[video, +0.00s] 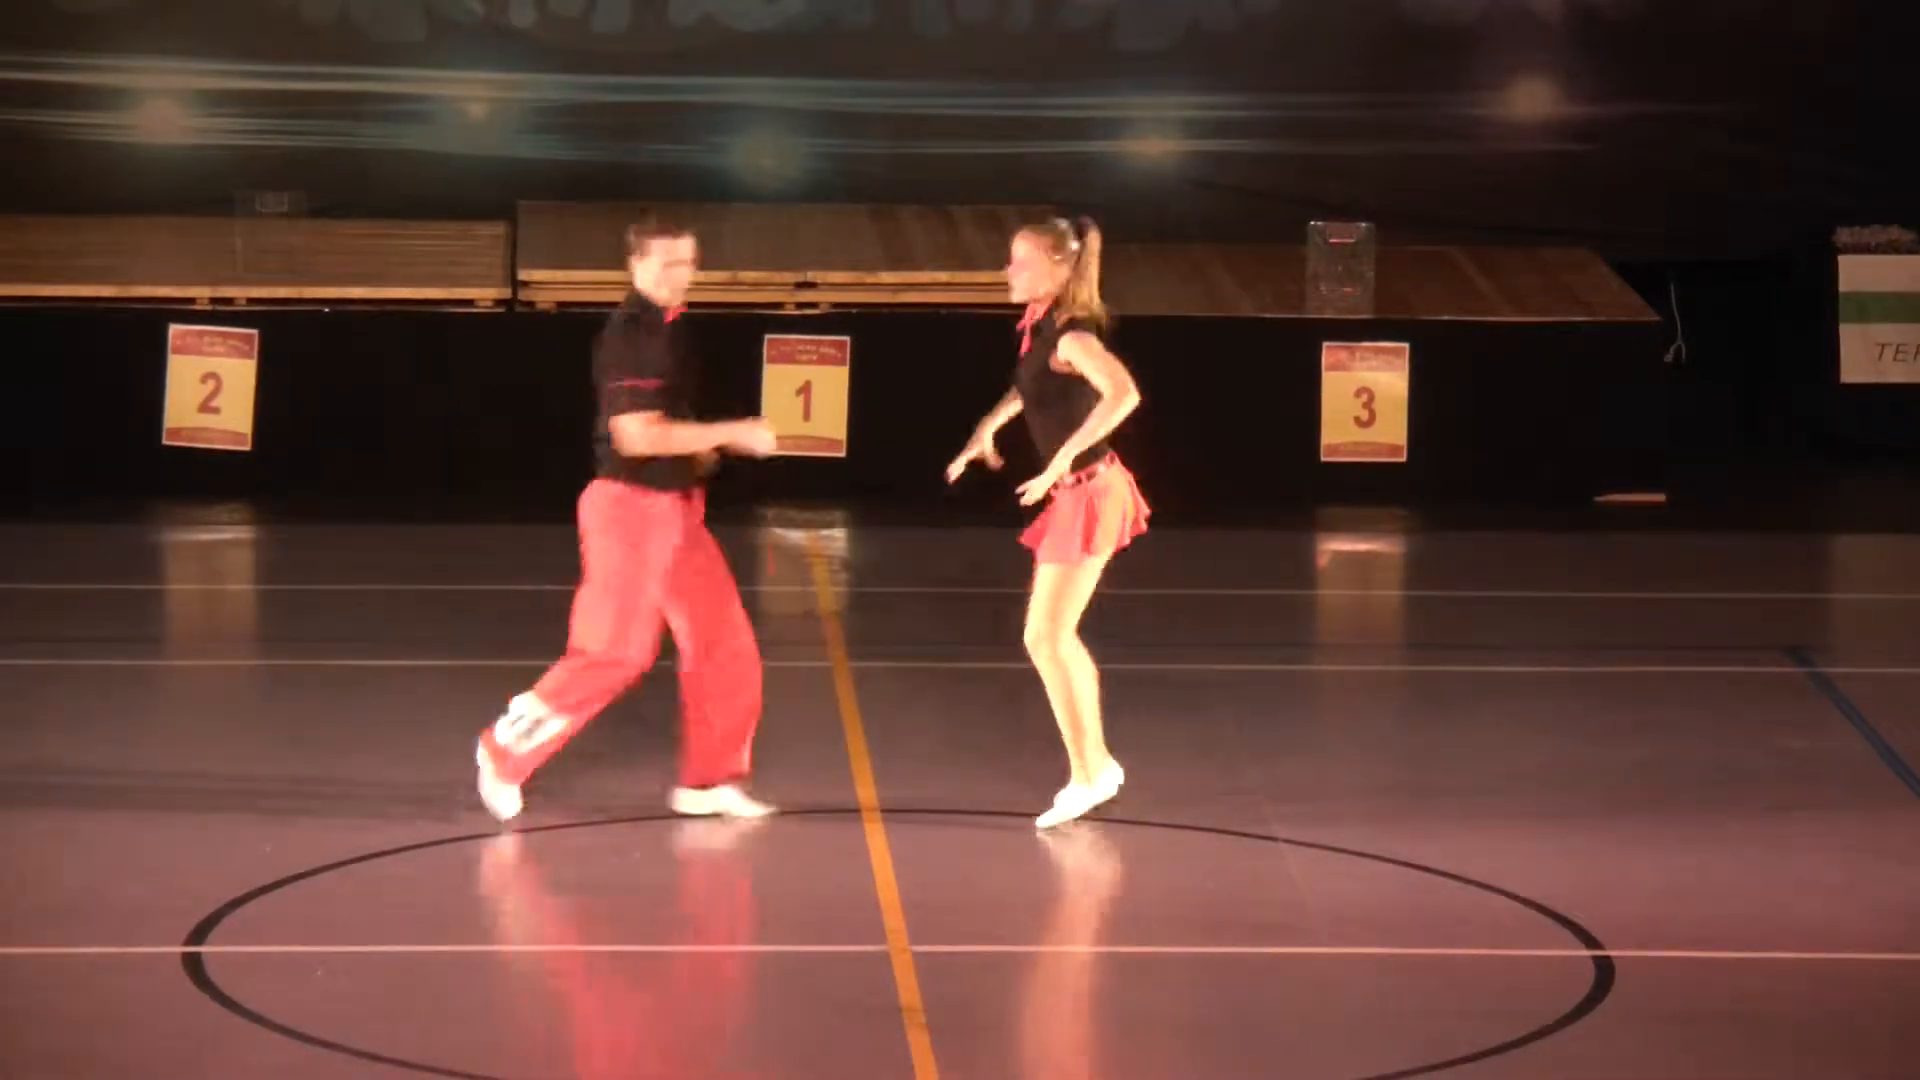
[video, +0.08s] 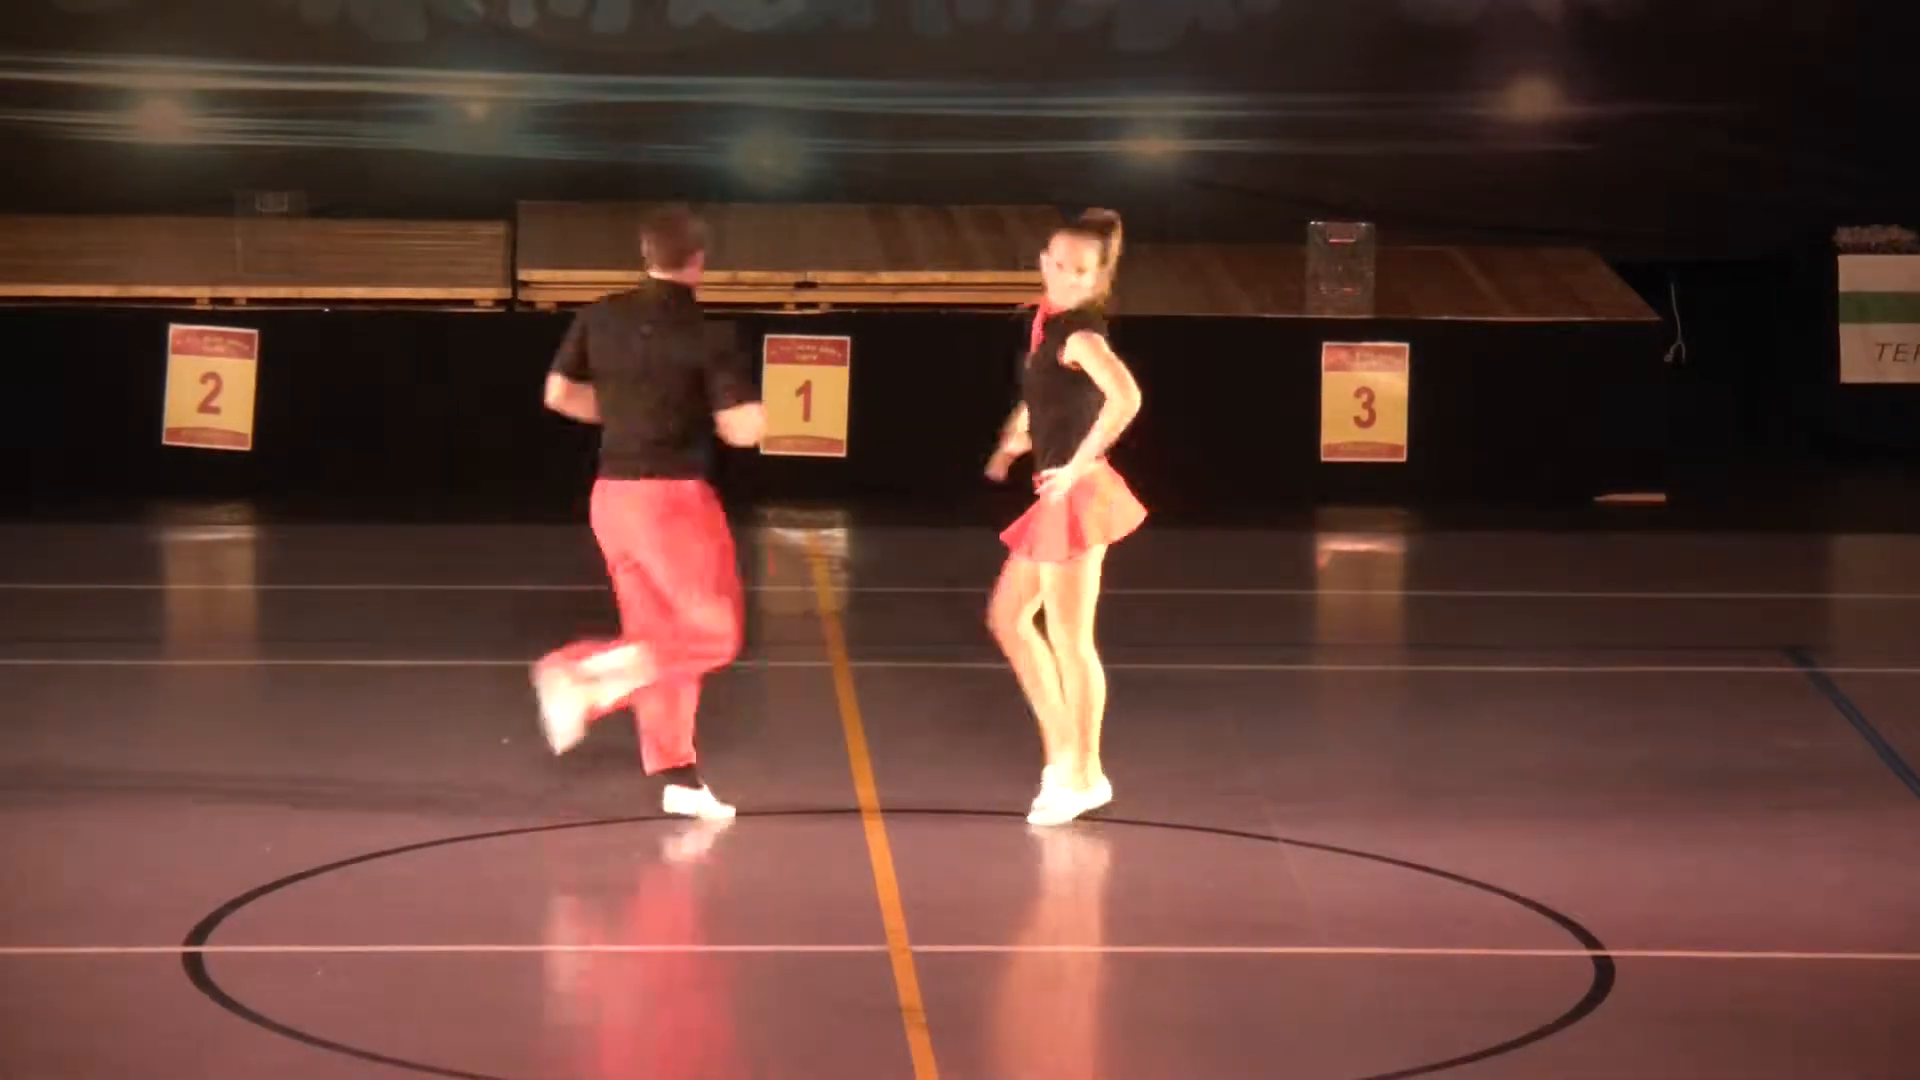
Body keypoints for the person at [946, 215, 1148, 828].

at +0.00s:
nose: (1009, 272)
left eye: (1019, 262)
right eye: (1011, 261)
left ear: (1054, 268)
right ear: (1043, 269)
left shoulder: (1069, 338)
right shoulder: (1039, 330)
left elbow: (1124, 392)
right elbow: (1029, 389)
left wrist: (1062, 456)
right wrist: (986, 431)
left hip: (1093, 490)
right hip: (1076, 491)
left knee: (1044, 636)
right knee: (1056, 634)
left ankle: (1089, 772)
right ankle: (1094, 765)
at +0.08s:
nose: (1062, 277)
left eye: (1078, 270)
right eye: (1058, 262)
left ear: (1098, 280)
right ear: (1043, 259)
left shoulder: (1081, 337)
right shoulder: (1044, 328)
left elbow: (1126, 398)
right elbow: (1045, 402)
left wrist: (1077, 466)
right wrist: (1012, 444)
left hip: (1078, 498)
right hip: (1052, 495)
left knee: (1072, 637)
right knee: (1007, 618)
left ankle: (1084, 773)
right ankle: (1062, 760)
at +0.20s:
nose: (1092, 309)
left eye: (1107, 301)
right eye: (1087, 292)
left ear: (1120, 309)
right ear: (1070, 287)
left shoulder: (1096, 366)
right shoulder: (1064, 345)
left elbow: (1140, 445)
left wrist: (1082, 504)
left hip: (1067, 526)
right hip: (1046, 521)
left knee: (1075, 664)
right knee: (973, 623)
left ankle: (1096, 798)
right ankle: (1027, 748)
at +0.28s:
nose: (1096, 315)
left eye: (1111, 308)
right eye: (1091, 299)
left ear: (1124, 314)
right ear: (1073, 289)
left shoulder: (1102, 368)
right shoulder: (1067, 345)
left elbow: (1147, 450)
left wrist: (1085, 507)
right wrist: (1040, 485)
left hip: (1069, 525)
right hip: (1039, 521)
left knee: (1079, 665)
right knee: (970, 627)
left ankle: (1096, 797)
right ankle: (1030, 748)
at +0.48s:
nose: (1093, 309)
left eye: (1107, 302)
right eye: (1086, 294)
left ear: (1123, 309)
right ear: (1069, 290)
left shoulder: (1109, 368)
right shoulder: (1063, 348)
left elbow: (1162, 447)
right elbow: (1035, 404)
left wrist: (1094, 492)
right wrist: (1000, 430)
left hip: (1079, 527)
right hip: (1041, 525)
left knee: (1085, 662)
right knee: (968, 624)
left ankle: (1098, 799)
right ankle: (1031, 746)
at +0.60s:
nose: (1095, 290)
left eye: (1110, 281)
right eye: (1089, 274)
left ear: (1125, 287)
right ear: (1073, 270)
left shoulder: (1116, 350)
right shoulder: (1057, 324)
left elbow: (1153, 437)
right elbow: (996, 331)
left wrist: (1113, 470)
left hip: (1088, 506)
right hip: (1047, 502)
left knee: (1056, 642)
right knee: (1000, 623)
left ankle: (1085, 778)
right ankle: (1060, 760)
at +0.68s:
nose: (1097, 287)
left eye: (1111, 279)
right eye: (1090, 271)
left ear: (1133, 278)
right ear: (1077, 257)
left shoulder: (1118, 340)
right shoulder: (1062, 299)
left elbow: (1150, 438)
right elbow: (1005, 246)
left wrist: (1183, 517)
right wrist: (1008, 168)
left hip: (1091, 498)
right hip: (1062, 493)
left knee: (1006, 624)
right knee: (1061, 636)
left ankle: (1046, 753)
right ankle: (1116, 761)